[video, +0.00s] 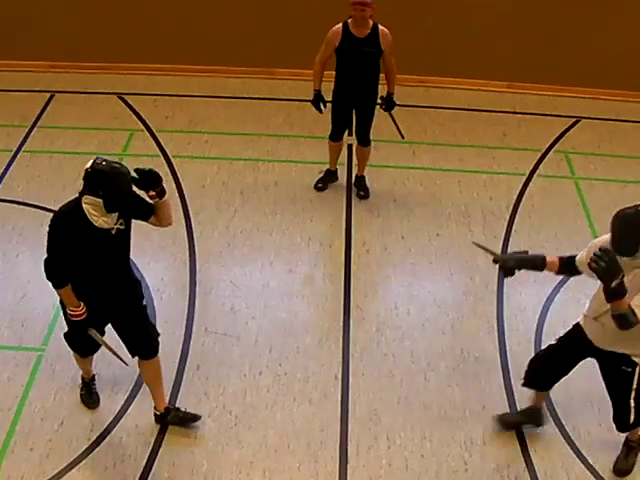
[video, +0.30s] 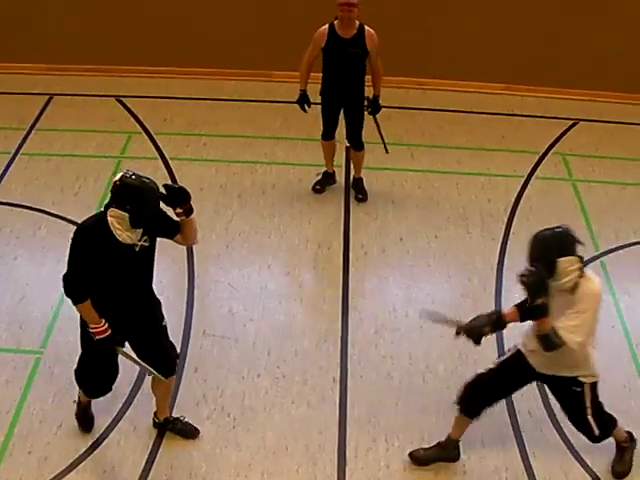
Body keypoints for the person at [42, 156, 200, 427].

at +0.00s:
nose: (120, 206)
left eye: (122, 199)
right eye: (115, 201)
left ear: (123, 192)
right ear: (98, 195)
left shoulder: (124, 201)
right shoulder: (65, 220)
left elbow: (163, 219)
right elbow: (55, 270)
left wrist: (158, 193)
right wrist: (73, 305)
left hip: (122, 291)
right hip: (85, 300)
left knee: (147, 345)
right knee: (84, 346)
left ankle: (162, 408)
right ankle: (88, 379)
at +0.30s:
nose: (143, 225)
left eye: (147, 219)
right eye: (140, 219)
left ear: (148, 212)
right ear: (124, 211)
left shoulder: (149, 219)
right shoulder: (89, 232)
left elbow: (188, 239)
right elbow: (73, 287)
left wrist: (184, 211)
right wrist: (98, 327)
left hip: (141, 308)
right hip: (101, 315)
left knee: (165, 362)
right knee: (97, 376)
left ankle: (163, 417)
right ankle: (84, 401)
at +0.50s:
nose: (149, 233)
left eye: (151, 227)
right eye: (145, 227)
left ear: (151, 220)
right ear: (128, 222)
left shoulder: (150, 226)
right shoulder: (91, 244)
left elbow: (190, 243)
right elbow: (76, 297)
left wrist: (188, 218)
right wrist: (110, 333)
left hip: (145, 314)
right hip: (104, 325)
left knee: (167, 366)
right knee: (97, 393)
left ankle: (163, 419)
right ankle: (86, 456)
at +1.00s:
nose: (147, 250)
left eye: (148, 247)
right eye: (141, 247)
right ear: (114, 251)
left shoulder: (109, 256)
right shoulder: (66, 283)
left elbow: (135, 256)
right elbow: (55, 342)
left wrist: (144, 243)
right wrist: (98, 370)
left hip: (118, 337)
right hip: (84, 355)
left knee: (158, 385)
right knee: (88, 422)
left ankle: (163, 434)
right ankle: (78, 468)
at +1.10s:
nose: (125, 259)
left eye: (125, 256)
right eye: (121, 256)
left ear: (118, 251)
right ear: (108, 255)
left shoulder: (110, 258)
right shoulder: (67, 284)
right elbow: (55, 346)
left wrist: (139, 245)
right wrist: (94, 372)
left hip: (117, 341)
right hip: (83, 358)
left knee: (154, 388)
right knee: (87, 422)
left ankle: (150, 452)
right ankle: (82, 467)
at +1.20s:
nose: (131, 260)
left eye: (130, 257)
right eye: (127, 257)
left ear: (123, 252)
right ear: (110, 255)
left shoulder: (116, 254)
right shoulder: (72, 284)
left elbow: (136, 247)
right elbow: (60, 347)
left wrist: (150, 242)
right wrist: (101, 375)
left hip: (120, 343)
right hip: (86, 358)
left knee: (152, 396)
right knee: (92, 423)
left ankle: (140, 460)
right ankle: (87, 466)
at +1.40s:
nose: (152, 246)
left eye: (150, 242)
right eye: (147, 243)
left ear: (144, 238)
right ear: (130, 239)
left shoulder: (140, 240)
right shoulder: (91, 268)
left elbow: (176, 234)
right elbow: (79, 332)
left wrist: (176, 219)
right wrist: (116, 358)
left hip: (138, 329)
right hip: (103, 345)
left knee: (170, 384)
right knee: (109, 422)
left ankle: (157, 443)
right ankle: (88, 454)